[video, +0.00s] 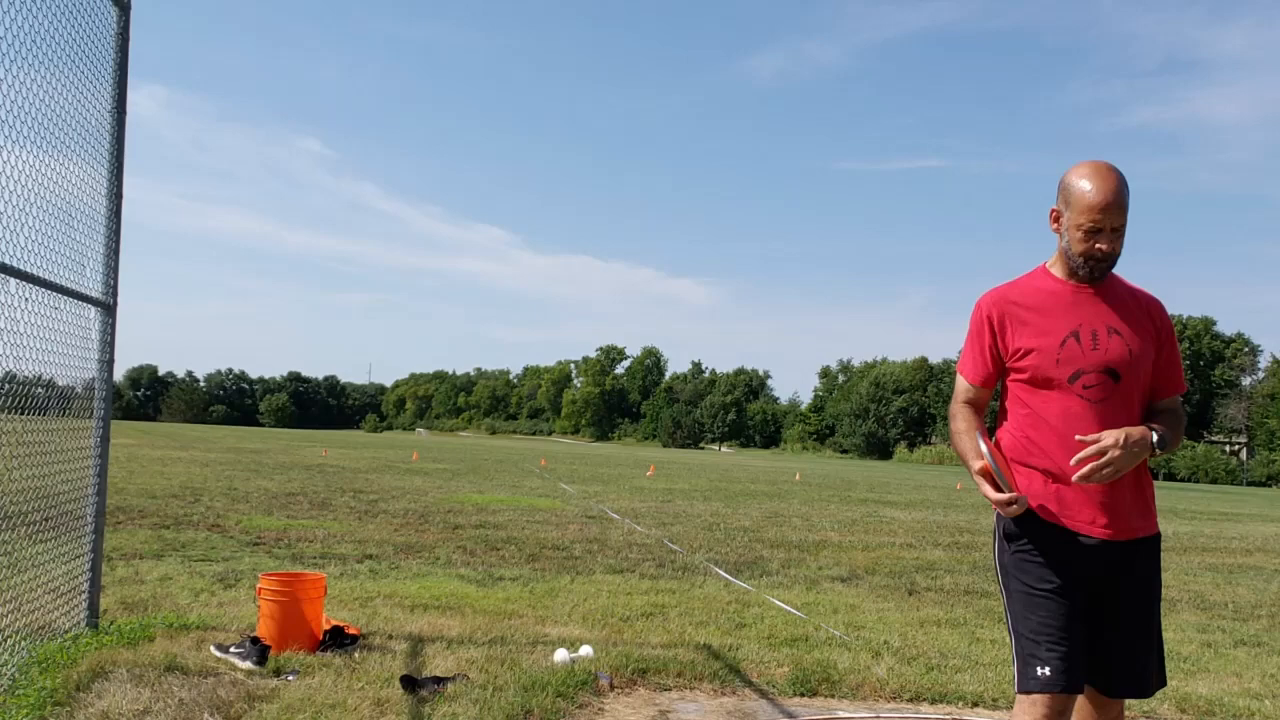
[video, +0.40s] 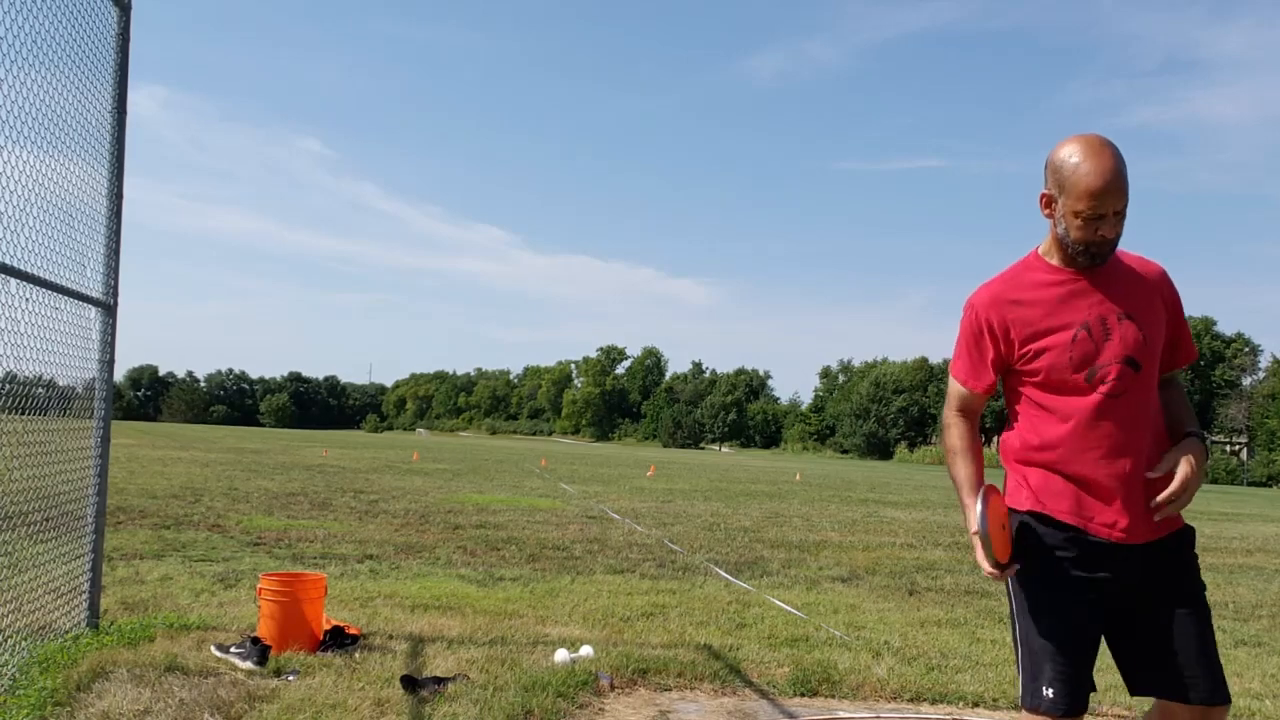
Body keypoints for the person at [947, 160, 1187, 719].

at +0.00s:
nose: (1105, 246)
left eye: (1116, 231)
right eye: (1091, 231)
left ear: (1127, 224)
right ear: (1057, 222)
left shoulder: (1149, 314)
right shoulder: (1001, 308)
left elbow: (1172, 418)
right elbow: (965, 406)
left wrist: (1148, 439)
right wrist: (979, 461)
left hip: (1126, 535)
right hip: (1037, 527)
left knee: (1107, 695)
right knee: (1047, 693)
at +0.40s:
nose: (1106, 231)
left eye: (1116, 214)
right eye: (1090, 218)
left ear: (1127, 201)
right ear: (1048, 204)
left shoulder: (1151, 284)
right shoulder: (997, 304)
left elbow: (1169, 383)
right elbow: (959, 415)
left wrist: (1193, 442)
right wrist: (974, 508)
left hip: (1154, 534)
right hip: (1051, 535)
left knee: (1198, 699)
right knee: (1053, 706)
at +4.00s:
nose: (1266, 201)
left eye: (1276, 184)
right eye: (1246, 185)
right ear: (1204, 199)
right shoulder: (1142, 309)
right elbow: (1098, 447)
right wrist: (1228, 459)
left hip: (1260, 577)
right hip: (1138, 569)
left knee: (1277, 705)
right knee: (1101, 712)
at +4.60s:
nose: (1256, 199)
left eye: (1271, 183)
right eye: (1238, 182)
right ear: (1196, 196)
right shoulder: (1136, 305)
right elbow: (1110, 450)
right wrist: (1246, 436)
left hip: (1253, 570)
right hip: (1131, 563)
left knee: (1275, 705)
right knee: (1095, 712)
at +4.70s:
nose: (1252, 198)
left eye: (1266, 182)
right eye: (1233, 181)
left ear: (1279, 196)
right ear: (1191, 196)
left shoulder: (1278, 300)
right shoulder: (1133, 305)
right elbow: (1112, 450)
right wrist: (1249, 429)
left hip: (1251, 567)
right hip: (1129, 559)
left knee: (1277, 704)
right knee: (1090, 711)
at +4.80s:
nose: (1246, 198)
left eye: (1259, 182)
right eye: (1226, 181)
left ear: (1274, 195)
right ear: (1185, 196)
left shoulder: (1277, 299)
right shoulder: (1128, 305)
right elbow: (1113, 449)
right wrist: (1244, 420)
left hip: (1248, 564)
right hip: (1128, 557)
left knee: (1278, 703)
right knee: (1090, 711)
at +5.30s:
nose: (1223, 189)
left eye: (1236, 175)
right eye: (1203, 177)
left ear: (1255, 190)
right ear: (1165, 198)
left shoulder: (1276, 303)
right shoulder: (1119, 315)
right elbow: (1071, 454)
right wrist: (1131, 564)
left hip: (1247, 577)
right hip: (1121, 567)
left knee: (1271, 704)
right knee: (1090, 710)